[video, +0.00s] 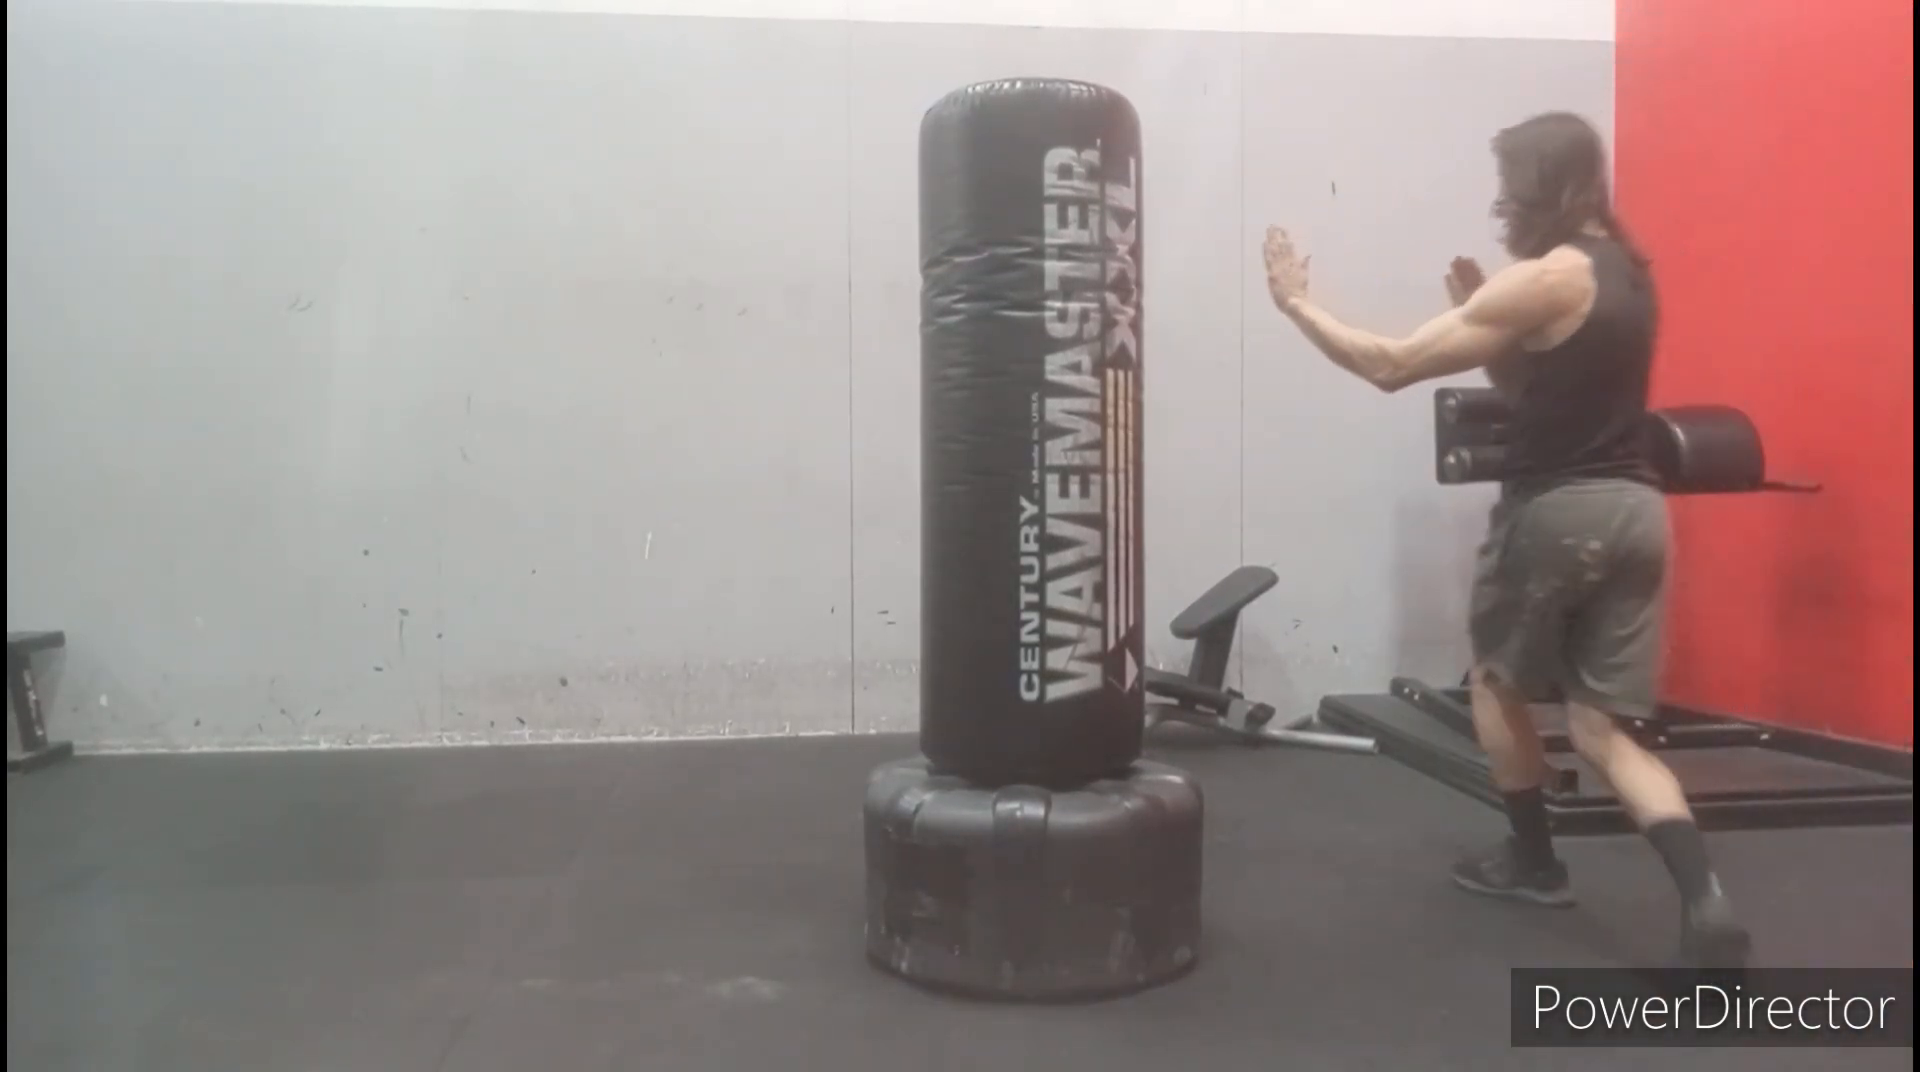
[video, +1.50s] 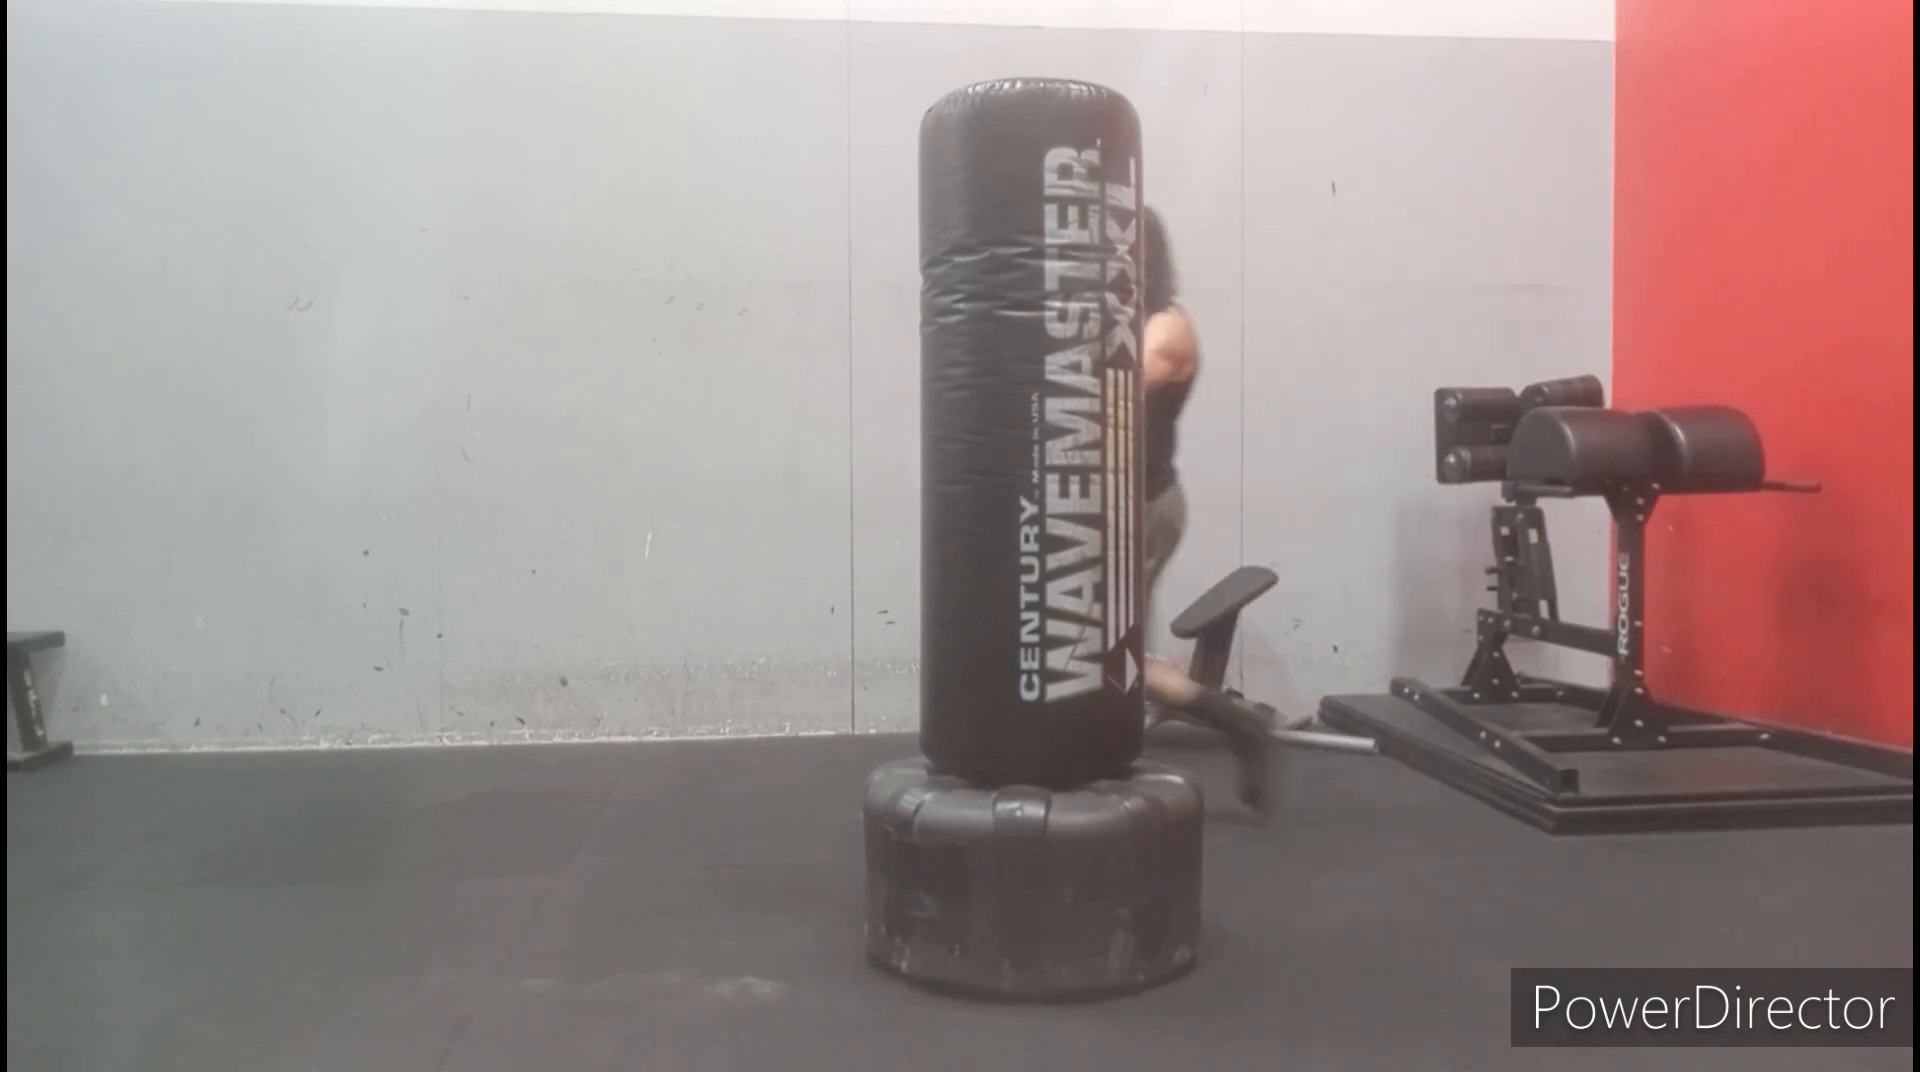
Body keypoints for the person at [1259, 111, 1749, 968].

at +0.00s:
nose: (1498, 197)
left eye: (1506, 181)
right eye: (1498, 180)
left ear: (1538, 186)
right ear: (1588, 185)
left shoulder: (1551, 279)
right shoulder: (1627, 265)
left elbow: (1390, 366)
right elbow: (1546, 380)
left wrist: (1297, 301)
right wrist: (1489, 311)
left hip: (1554, 509)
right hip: (1637, 505)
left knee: (1496, 682)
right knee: (1602, 725)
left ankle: (1534, 860)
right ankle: (1703, 895)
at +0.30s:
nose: (1430, 216)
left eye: (1440, 203)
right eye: (1432, 201)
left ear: (1474, 210)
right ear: (1503, 209)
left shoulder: (1485, 291)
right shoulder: (1534, 284)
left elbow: (1349, 368)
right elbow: (1461, 408)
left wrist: (1254, 311)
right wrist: (1417, 327)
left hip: (1501, 510)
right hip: (1549, 499)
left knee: (1444, 684)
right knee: (1479, 654)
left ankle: (1528, 856)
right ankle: (1542, 772)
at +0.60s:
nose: (1359, 236)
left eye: (1369, 224)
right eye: (1359, 223)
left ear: (1406, 230)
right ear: (1410, 230)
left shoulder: (1429, 300)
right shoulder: (1411, 303)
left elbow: (1306, 370)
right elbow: (1357, 416)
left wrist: (1211, 317)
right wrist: (1345, 334)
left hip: (1432, 514)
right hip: (1420, 512)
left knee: (1412, 705)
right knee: (1330, 640)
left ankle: (1528, 845)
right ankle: (1351, 800)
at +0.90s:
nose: (1281, 249)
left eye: (1292, 237)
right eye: (1280, 236)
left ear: (1329, 243)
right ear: (1320, 245)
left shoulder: (1354, 313)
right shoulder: (1323, 316)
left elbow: (1263, 379)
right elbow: (1263, 419)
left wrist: (1168, 325)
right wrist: (1270, 346)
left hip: (1341, 506)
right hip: (1336, 503)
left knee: (1212, 625)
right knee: (1256, 646)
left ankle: (1342, 725)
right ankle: (1338, 794)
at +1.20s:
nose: (1202, 262)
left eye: (1214, 249)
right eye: (1199, 249)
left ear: (1251, 256)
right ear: (1205, 257)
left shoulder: (1275, 324)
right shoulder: (1229, 329)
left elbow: (1202, 386)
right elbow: (1177, 425)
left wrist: (1125, 352)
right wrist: (1190, 354)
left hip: (1251, 513)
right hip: (1256, 511)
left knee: (1114, 603)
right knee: (1215, 671)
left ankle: (1096, 753)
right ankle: (1334, 793)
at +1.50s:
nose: (1104, 273)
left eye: (1112, 259)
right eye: (1105, 259)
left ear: (1133, 263)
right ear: (1156, 260)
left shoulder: (1164, 330)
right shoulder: (1145, 328)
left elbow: (1114, 406)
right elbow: (1119, 403)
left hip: (1147, 502)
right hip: (1141, 499)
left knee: (1114, 656)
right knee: (1114, 654)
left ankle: (1234, 719)